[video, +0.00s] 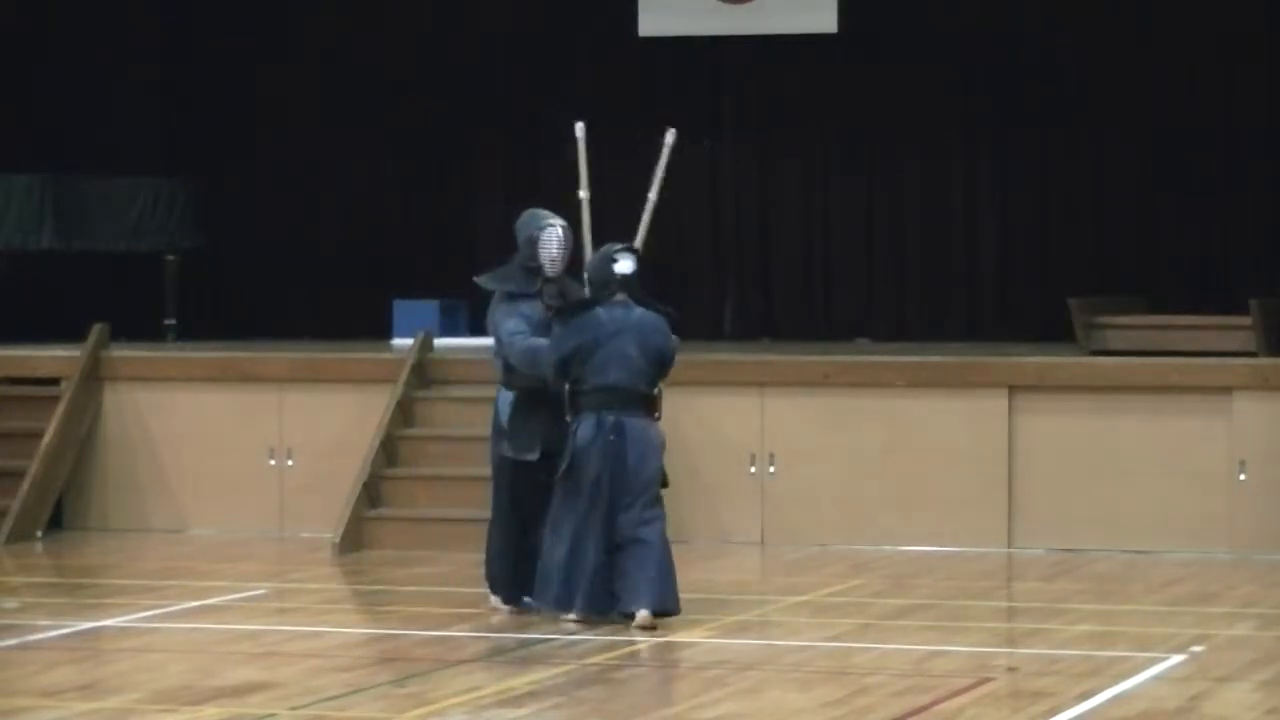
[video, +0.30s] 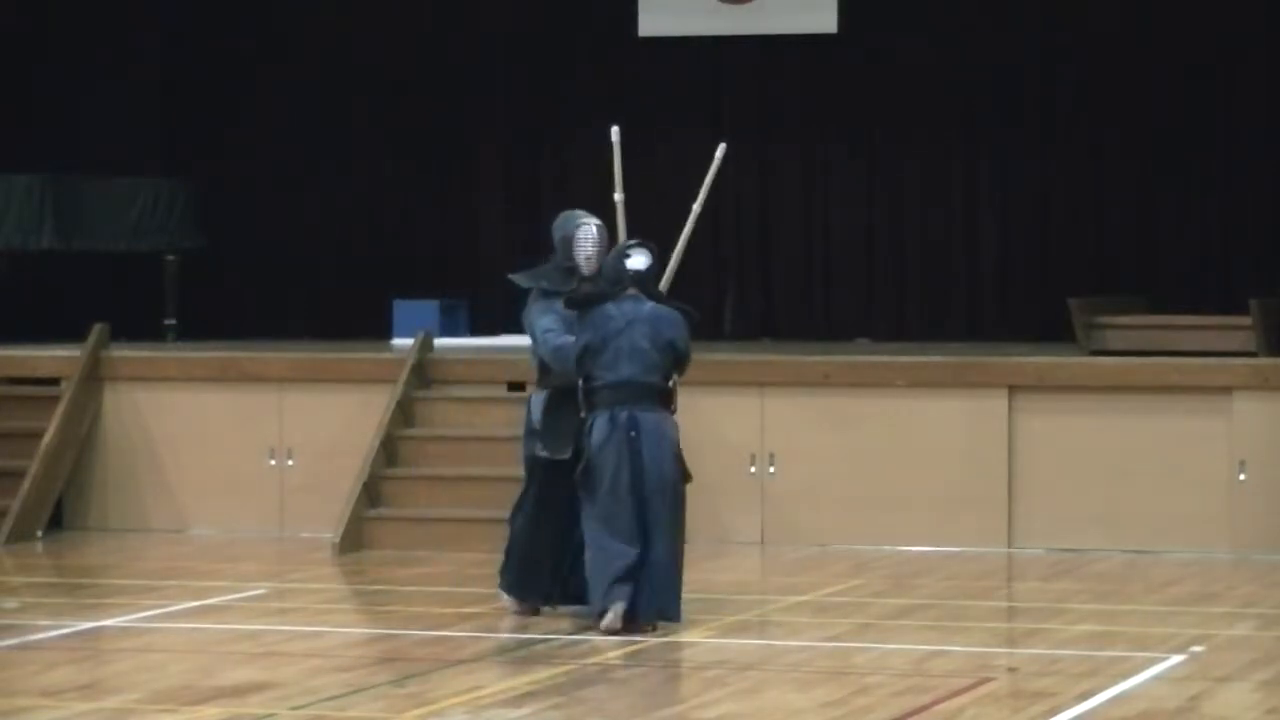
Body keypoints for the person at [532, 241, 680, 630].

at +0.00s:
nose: (590, 285)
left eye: (591, 280)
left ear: (594, 282)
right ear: (628, 282)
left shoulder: (579, 324)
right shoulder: (653, 324)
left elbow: (558, 368)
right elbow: (663, 366)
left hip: (592, 423)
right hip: (640, 423)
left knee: (586, 510)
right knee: (641, 512)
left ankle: (579, 602)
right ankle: (643, 603)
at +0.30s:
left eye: (610, 277)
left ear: (611, 280)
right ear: (643, 280)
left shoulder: (595, 318)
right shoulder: (666, 317)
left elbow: (579, 360)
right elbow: (680, 361)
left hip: (608, 419)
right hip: (655, 419)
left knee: (608, 509)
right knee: (656, 510)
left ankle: (616, 592)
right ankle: (648, 606)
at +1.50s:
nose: (626, 276)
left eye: (629, 270)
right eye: (631, 269)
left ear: (636, 277)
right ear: (672, 278)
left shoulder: (627, 321)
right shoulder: (690, 322)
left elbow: (576, 358)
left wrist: (575, 330)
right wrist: (624, 313)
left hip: (650, 432)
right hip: (692, 430)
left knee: (643, 526)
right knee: (681, 526)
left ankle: (670, 619)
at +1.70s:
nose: (631, 282)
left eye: (633, 276)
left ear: (635, 281)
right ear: (674, 280)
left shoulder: (616, 328)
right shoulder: (691, 326)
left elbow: (597, 389)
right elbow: (693, 367)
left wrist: (599, 340)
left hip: (642, 437)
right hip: (687, 434)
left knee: (647, 530)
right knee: (678, 528)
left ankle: (672, 626)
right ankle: (631, 618)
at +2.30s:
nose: (596, 291)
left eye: (598, 285)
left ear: (603, 289)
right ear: (638, 286)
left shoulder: (600, 331)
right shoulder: (659, 328)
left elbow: (559, 378)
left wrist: (558, 345)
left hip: (624, 436)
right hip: (656, 433)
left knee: (634, 527)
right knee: (620, 527)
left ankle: (672, 624)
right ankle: (611, 621)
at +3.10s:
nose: (585, 286)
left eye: (589, 279)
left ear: (594, 282)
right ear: (629, 278)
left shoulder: (596, 329)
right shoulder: (649, 324)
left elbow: (562, 383)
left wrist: (542, 402)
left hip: (610, 435)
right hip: (642, 432)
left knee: (609, 521)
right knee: (623, 519)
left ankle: (666, 606)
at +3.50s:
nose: (601, 284)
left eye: (604, 277)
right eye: (604, 276)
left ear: (610, 279)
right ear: (640, 277)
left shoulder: (613, 326)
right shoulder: (655, 321)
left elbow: (576, 398)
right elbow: (603, 370)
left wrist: (543, 400)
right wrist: (551, 387)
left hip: (622, 435)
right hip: (653, 430)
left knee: (608, 525)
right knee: (646, 522)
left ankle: (651, 606)